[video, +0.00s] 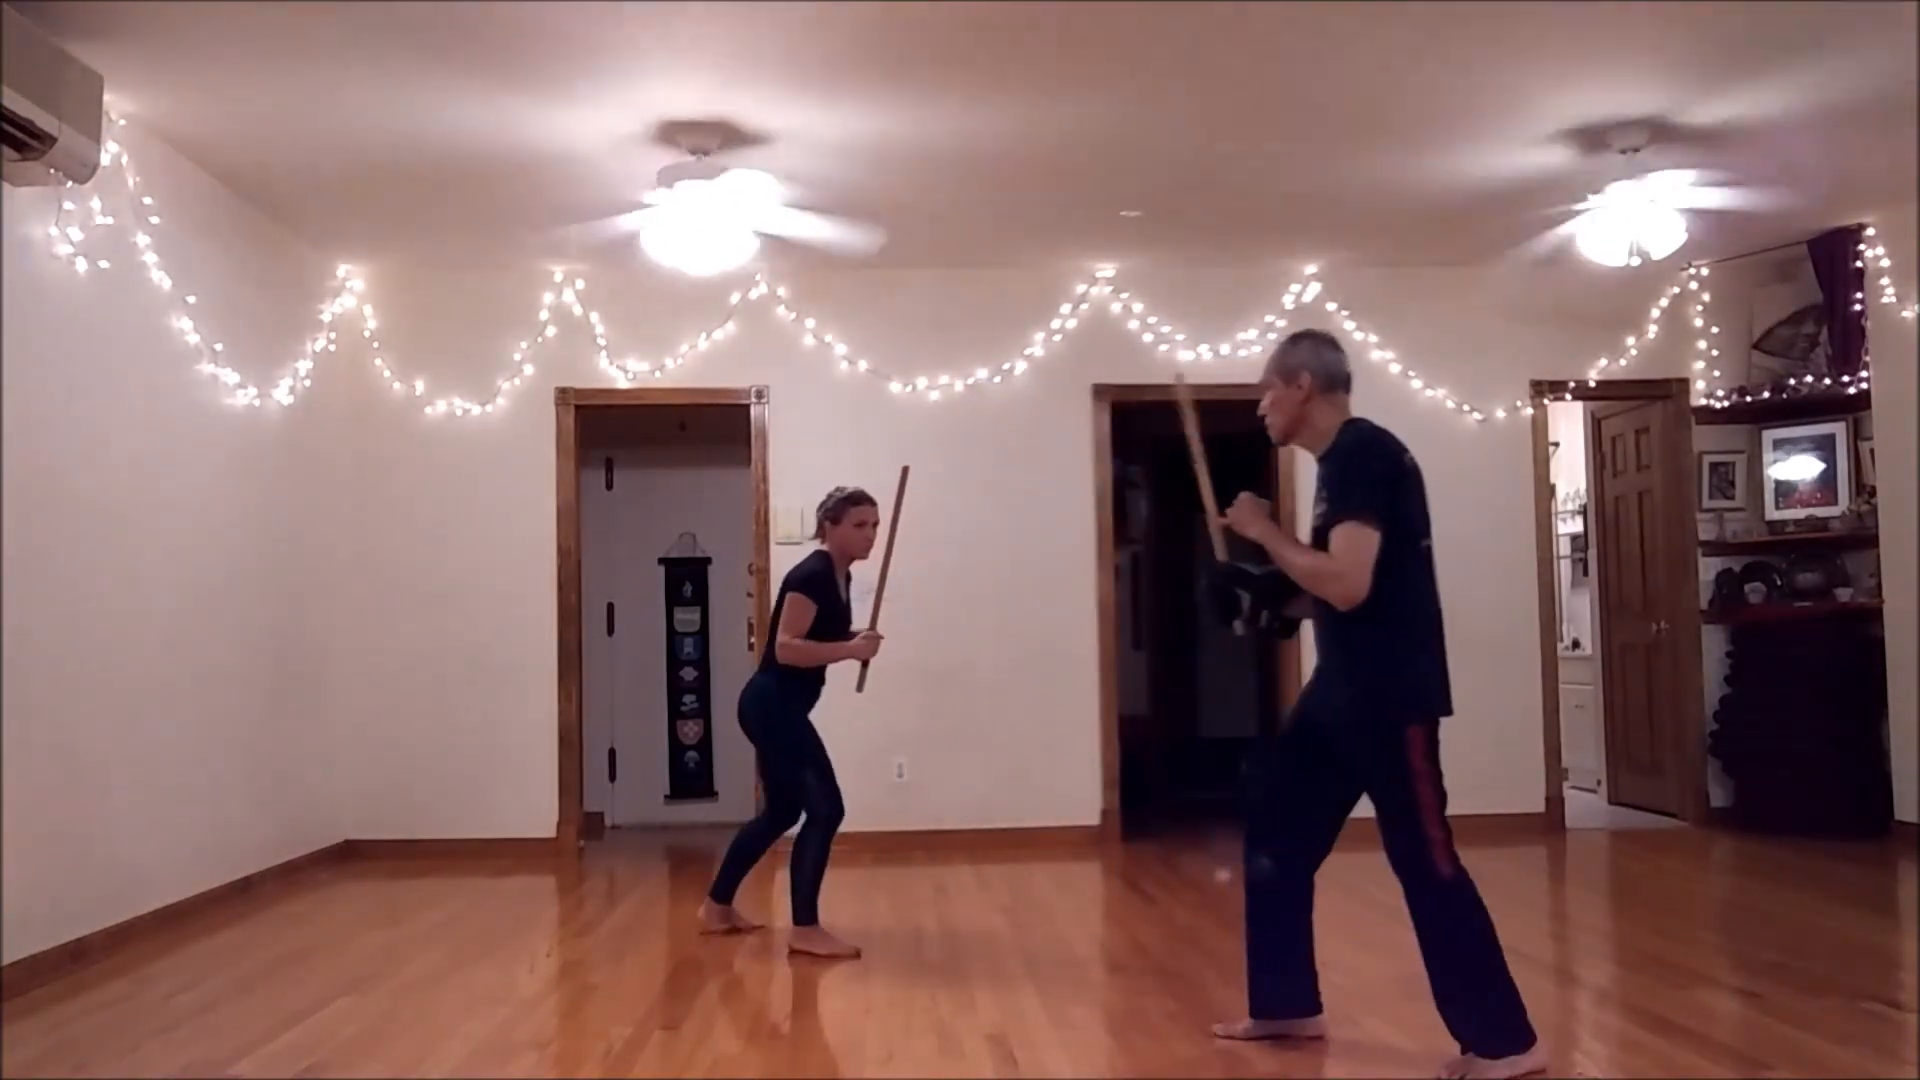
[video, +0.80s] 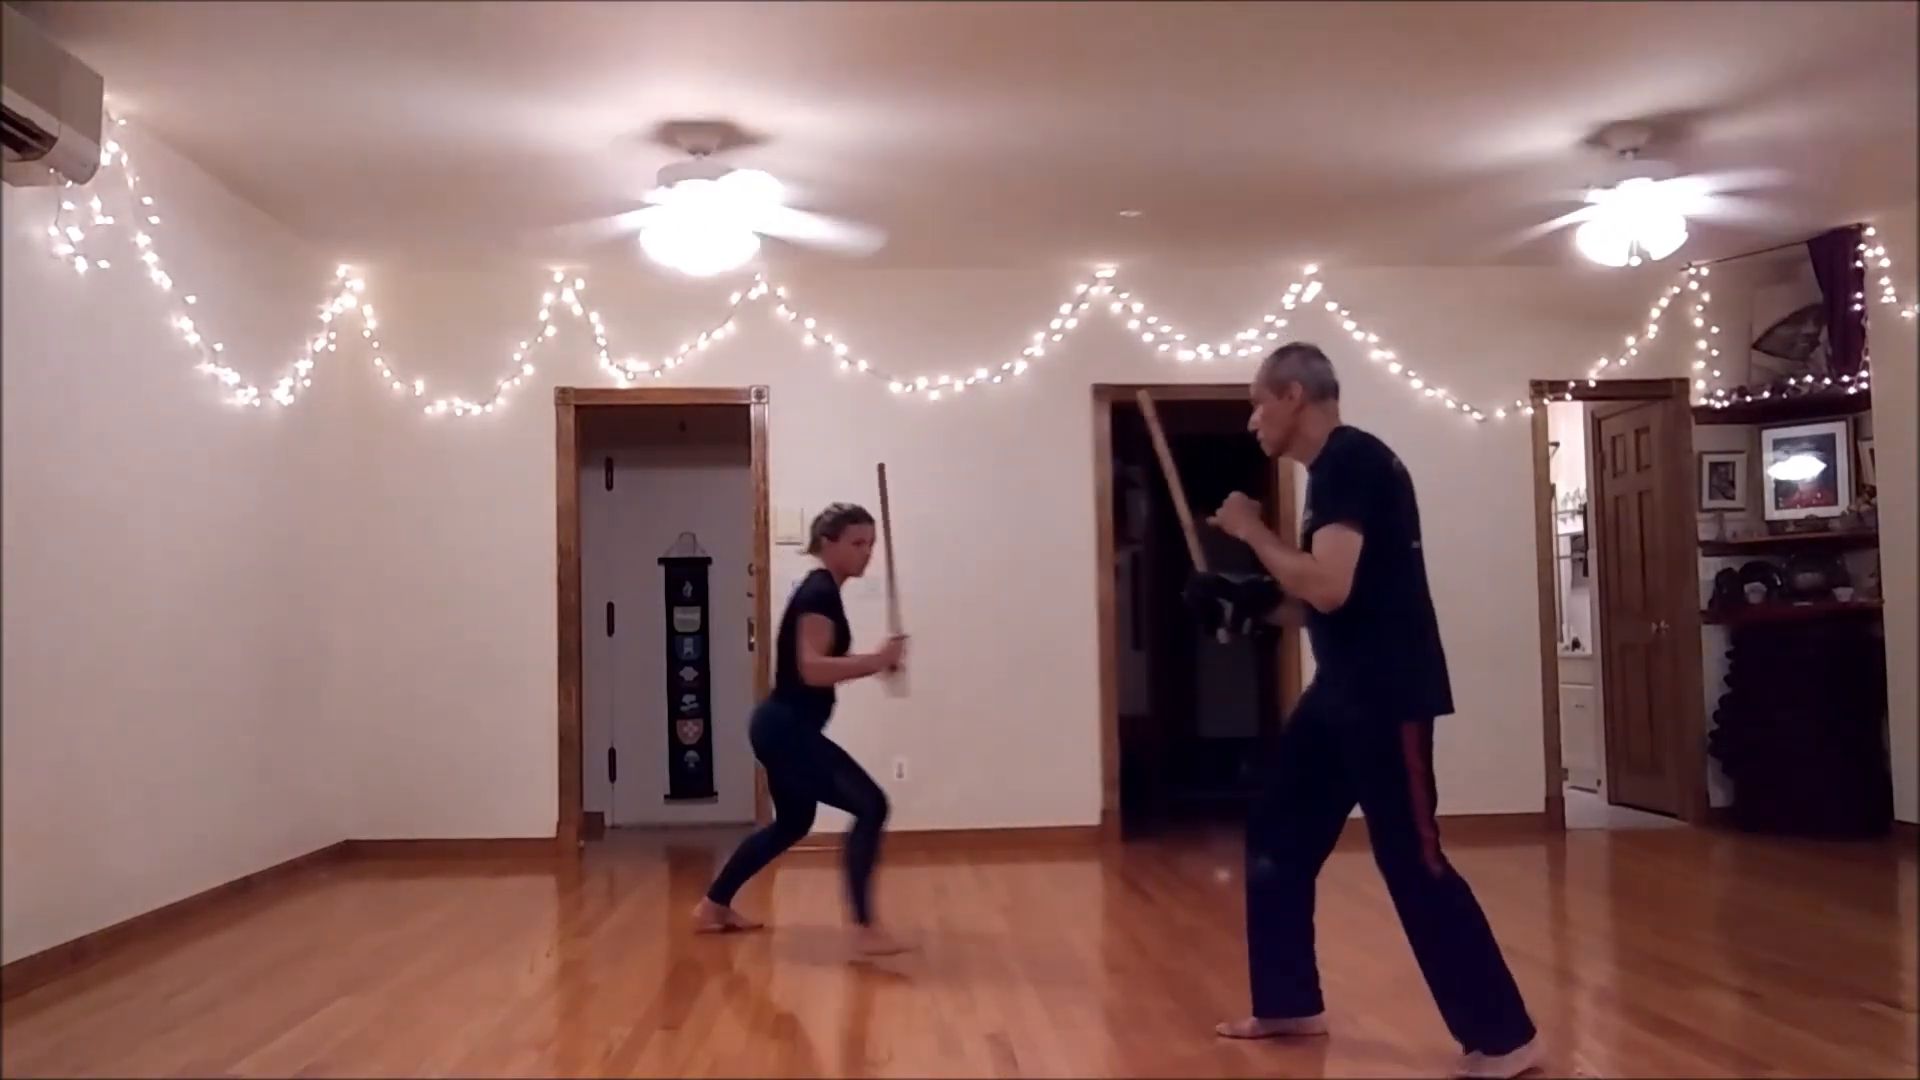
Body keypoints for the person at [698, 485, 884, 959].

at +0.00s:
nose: (870, 535)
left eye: (874, 526)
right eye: (861, 526)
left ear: (869, 531)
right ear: (830, 529)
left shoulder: (839, 575)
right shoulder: (811, 576)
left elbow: (814, 637)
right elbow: (785, 648)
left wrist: (851, 641)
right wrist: (850, 649)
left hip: (780, 706)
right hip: (773, 708)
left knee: (781, 811)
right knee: (826, 810)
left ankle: (717, 905)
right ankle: (805, 929)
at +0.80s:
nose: (868, 554)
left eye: (870, 545)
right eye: (861, 544)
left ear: (837, 547)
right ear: (831, 544)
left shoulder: (824, 591)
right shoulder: (818, 593)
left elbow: (821, 665)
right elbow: (811, 669)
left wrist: (875, 664)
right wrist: (875, 660)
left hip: (782, 728)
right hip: (788, 731)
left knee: (794, 821)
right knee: (872, 805)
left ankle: (715, 904)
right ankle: (864, 928)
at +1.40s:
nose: (1029, 508)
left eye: (1030, 497)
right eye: (1021, 497)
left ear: (981, 501)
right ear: (982, 497)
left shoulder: (935, 551)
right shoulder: (995, 561)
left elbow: (905, 621)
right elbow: (1066, 631)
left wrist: (955, 653)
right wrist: (1118, 574)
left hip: (936, 719)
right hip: (970, 723)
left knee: (1002, 826)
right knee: (1027, 841)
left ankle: (1010, 940)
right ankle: (1004, 973)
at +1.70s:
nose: (1027, 494)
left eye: (1028, 482)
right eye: (1025, 482)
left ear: (969, 477)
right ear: (1000, 478)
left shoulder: (912, 536)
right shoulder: (1021, 542)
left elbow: (891, 637)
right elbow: (1074, 634)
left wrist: (963, 653)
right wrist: (1127, 621)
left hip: (922, 725)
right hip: (997, 724)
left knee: (925, 857)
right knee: (1025, 881)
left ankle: (878, 978)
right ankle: (980, 1035)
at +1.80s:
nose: (1021, 487)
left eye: (1022, 476)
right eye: (1020, 476)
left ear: (958, 470)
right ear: (999, 473)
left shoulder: (900, 526)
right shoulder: (1016, 538)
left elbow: (878, 630)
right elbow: (1062, 637)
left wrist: (942, 641)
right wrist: (1110, 634)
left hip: (914, 718)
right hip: (990, 719)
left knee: (880, 868)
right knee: (1017, 880)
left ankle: (828, 998)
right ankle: (980, 1038)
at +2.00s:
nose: (993, 483)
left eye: (992, 473)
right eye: (993, 473)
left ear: (928, 466)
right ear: (977, 471)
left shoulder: (870, 512)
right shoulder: (990, 543)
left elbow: (828, 614)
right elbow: (1009, 653)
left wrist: (878, 643)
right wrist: (1041, 680)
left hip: (876, 719)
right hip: (958, 723)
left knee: (832, 886)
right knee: (997, 876)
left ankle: (796, 1059)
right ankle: (979, 1038)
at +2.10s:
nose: (975, 481)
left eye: (976, 472)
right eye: (975, 471)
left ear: (910, 461)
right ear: (961, 467)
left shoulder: (852, 512)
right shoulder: (973, 535)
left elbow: (806, 613)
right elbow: (984, 653)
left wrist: (862, 656)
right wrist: (975, 707)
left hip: (867, 717)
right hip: (950, 719)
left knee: (824, 890)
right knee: (993, 877)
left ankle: (796, 1062)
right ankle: (985, 1038)